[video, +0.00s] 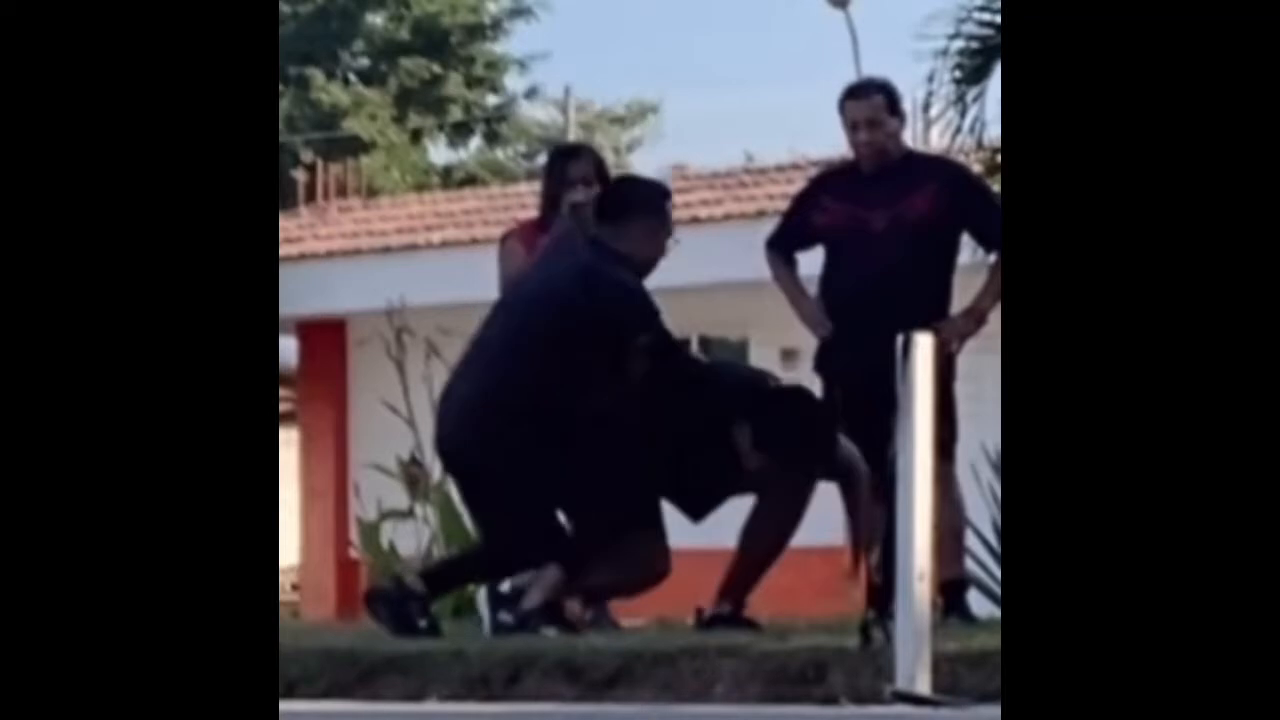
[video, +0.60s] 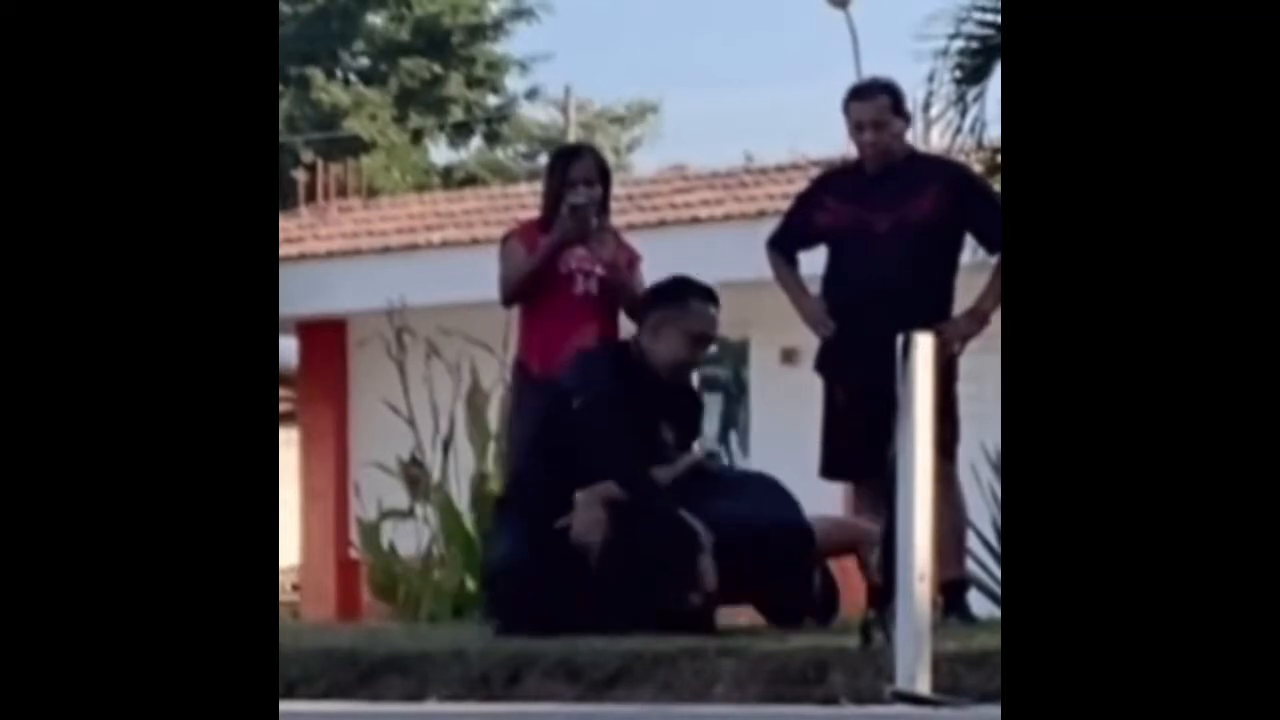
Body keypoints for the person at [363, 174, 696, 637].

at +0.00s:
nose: (664, 248)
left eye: (666, 236)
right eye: (661, 234)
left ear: (607, 222)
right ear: (637, 229)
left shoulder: (564, 265)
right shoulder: (619, 293)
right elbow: (677, 377)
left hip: (467, 424)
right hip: (510, 429)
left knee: (524, 544)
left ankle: (415, 590)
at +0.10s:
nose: (674, 271)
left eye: (674, 259)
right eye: (672, 258)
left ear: (608, 242)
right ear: (650, 252)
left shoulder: (571, 281)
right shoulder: (624, 309)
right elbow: (666, 403)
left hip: (463, 431)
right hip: (506, 439)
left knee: (530, 544)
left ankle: (417, 591)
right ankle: (537, 604)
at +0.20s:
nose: (681, 291)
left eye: (684, 279)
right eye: (680, 278)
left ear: (620, 256)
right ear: (658, 269)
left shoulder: (585, 293)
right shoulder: (622, 308)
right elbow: (669, 392)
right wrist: (734, 413)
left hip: (462, 430)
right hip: (500, 437)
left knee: (526, 552)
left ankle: (422, 592)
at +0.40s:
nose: (584, 195)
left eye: (593, 185)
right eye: (573, 186)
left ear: (605, 190)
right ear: (553, 191)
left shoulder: (619, 251)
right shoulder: (527, 239)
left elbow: (633, 305)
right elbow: (510, 291)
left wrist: (605, 254)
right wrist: (560, 238)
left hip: (596, 389)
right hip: (536, 391)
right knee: (528, 495)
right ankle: (502, 596)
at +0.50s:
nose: (708, 339)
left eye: (713, 326)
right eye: (705, 322)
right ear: (665, 307)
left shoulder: (669, 358)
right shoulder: (603, 343)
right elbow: (635, 446)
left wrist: (604, 459)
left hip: (587, 485)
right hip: (516, 473)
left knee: (644, 603)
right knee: (533, 509)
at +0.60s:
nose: (703, 357)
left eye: (709, 345)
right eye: (696, 342)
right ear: (653, 327)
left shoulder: (682, 399)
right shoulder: (599, 375)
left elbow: (663, 472)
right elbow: (616, 478)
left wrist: (606, 496)